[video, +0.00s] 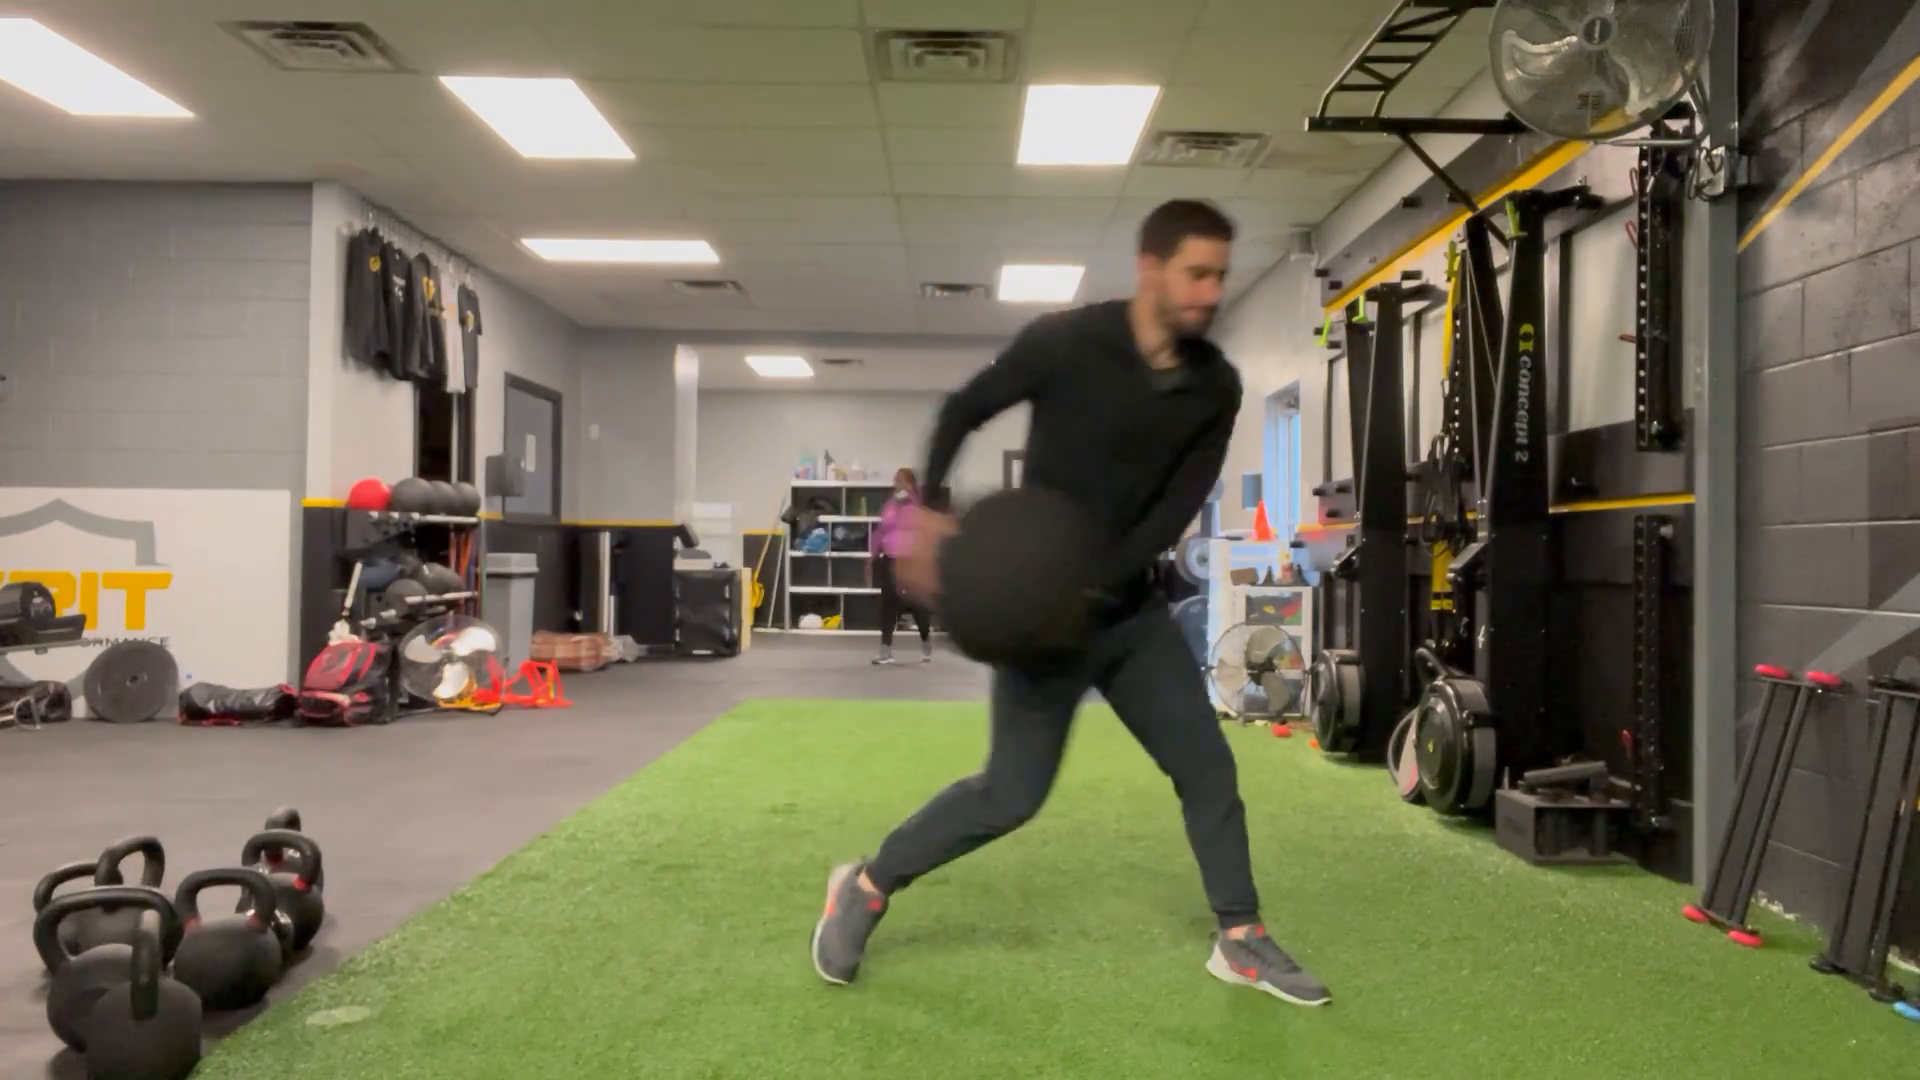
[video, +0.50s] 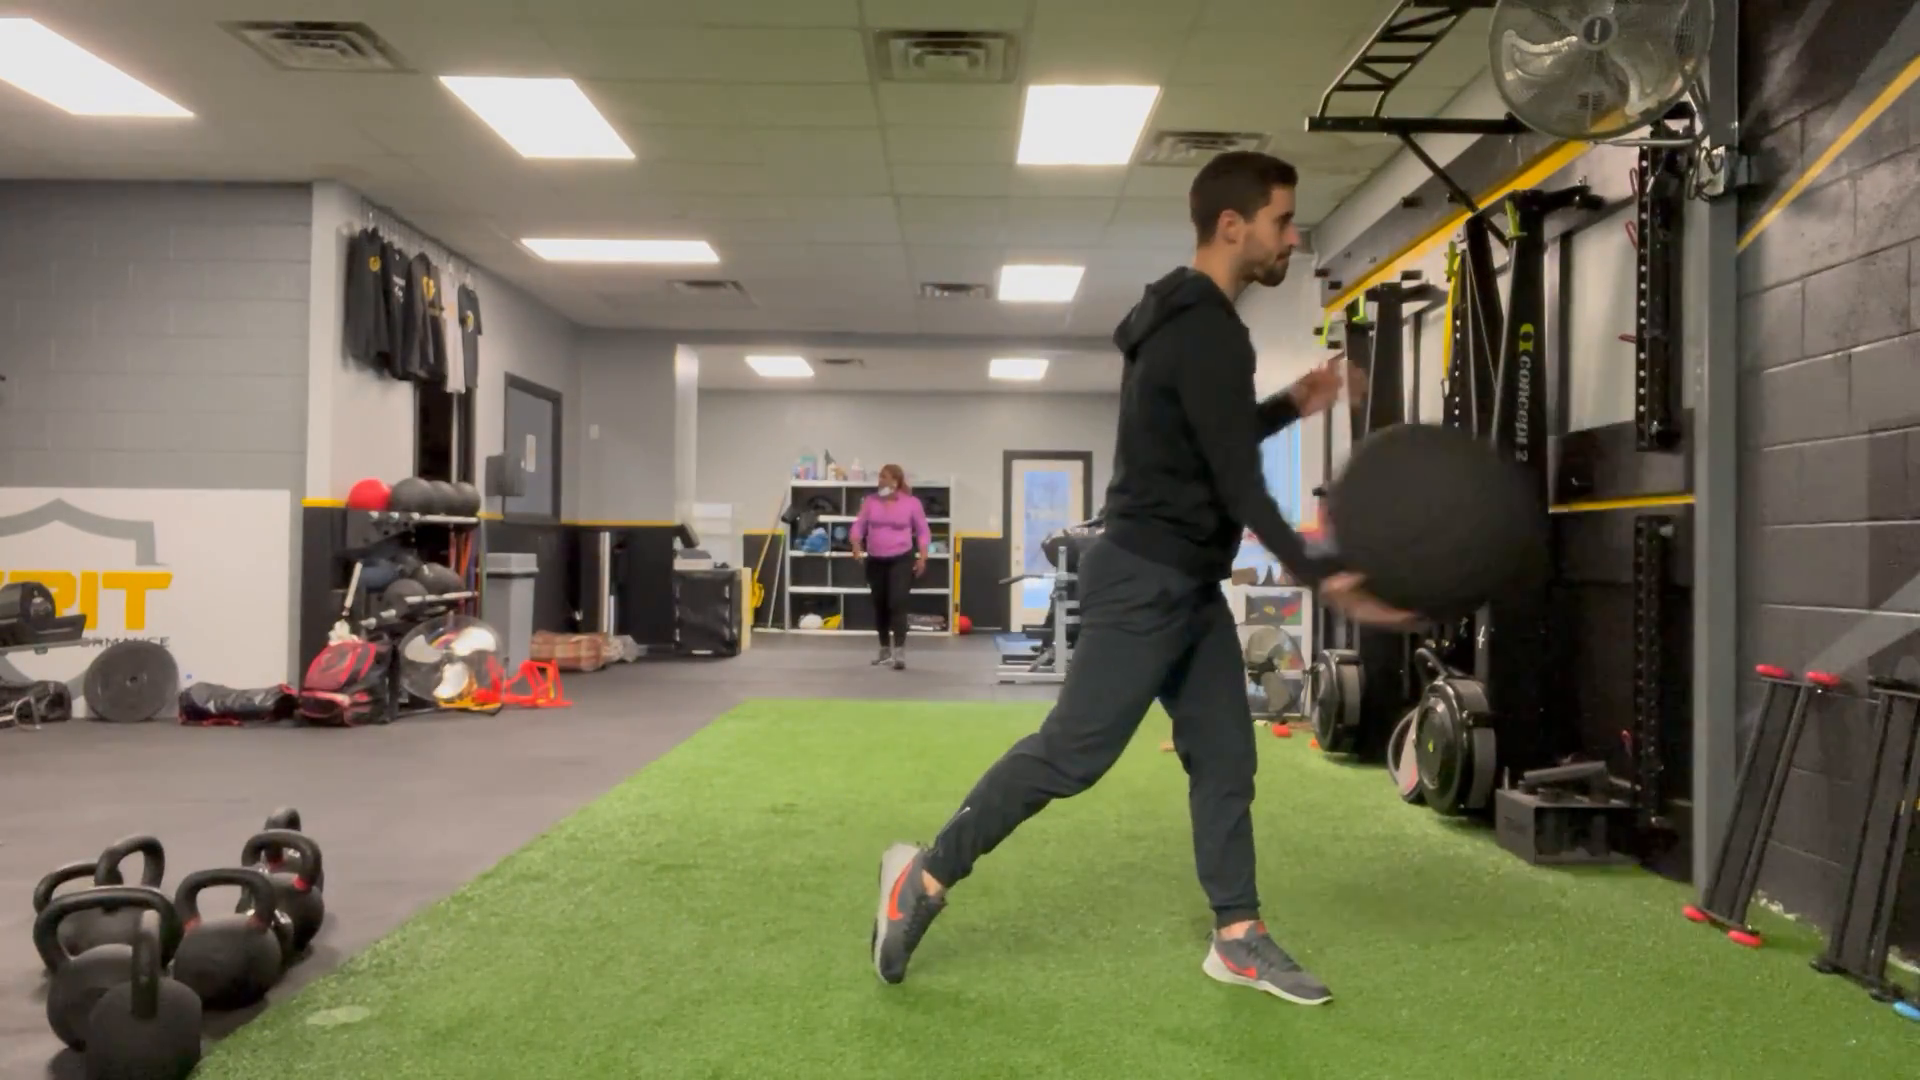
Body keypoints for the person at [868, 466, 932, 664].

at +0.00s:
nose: (897, 485)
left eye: (901, 481)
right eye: (896, 481)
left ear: (910, 483)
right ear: (895, 482)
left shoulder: (917, 505)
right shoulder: (891, 504)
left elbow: (925, 530)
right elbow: (881, 529)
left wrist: (925, 556)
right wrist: (873, 554)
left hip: (912, 558)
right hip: (889, 558)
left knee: (917, 601)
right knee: (889, 602)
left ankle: (925, 643)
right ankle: (885, 648)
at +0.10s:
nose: (893, 483)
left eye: (897, 479)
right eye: (891, 479)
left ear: (907, 481)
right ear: (889, 481)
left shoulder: (918, 503)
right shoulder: (884, 503)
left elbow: (925, 533)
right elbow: (874, 532)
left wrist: (922, 561)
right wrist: (864, 558)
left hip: (908, 557)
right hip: (884, 557)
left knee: (910, 600)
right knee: (884, 602)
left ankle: (923, 638)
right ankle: (885, 648)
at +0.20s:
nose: (888, 482)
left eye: (892, 478)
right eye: (887, 478)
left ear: (902, 480)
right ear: (885, 480)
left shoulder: (915, 502)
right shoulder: (878, 503)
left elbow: (922, 531)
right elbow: (868, 530)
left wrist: (923, 559)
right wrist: (857, 557)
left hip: (906, 555)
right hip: (881, 556)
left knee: (904, 598)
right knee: (883, 601)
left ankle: (914, 637)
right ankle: (885, 648)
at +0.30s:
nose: (883, 480)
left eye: (887, 477)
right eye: (882, 476)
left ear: (898, 479)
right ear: (882, 479)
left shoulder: (913, 502)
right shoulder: (874, 502)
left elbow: (921, 531)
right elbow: (863, 529)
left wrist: (924, 560)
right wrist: (852, 553)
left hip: (903, 556)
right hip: (879, 556)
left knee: (901, 598)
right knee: (882, 601)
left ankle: (905, 641)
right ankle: (884, 649)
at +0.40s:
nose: (881, 480)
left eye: (885, 476)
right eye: (880, 476)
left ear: (897, 479)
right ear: (880, 478)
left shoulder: (911, 503)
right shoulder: (871, 502)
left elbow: (921, 531)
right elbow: (860, 526)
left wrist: (924, 558)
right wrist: (852, 548)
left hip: (902, 557)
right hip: (877, 558)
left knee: (899, 600)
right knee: (881, 603)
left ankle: (901, 649)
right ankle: (885, 649)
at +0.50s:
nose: (880, 480)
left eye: (884, 477)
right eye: (880, 477)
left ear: (896, 481)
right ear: (880, 479)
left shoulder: (911, 503)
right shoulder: (870, 502)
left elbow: (923, 531)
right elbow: (858, 526)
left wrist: (922, 557)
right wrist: (856, 543)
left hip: (901, 558)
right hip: (875, 558)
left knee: (897, 602)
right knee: (880, 604)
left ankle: (899, 650)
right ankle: (884, 648)